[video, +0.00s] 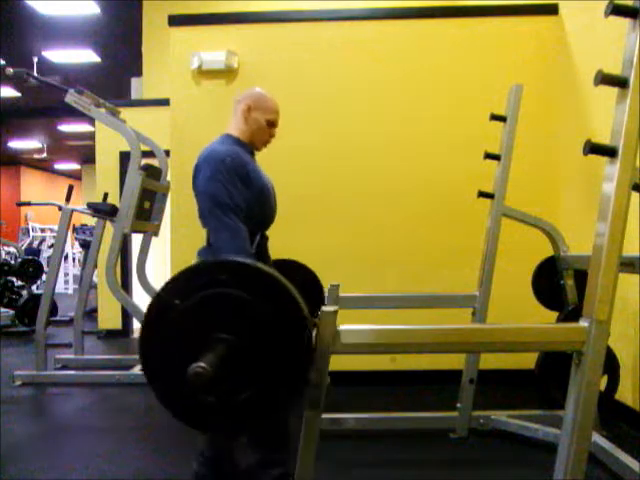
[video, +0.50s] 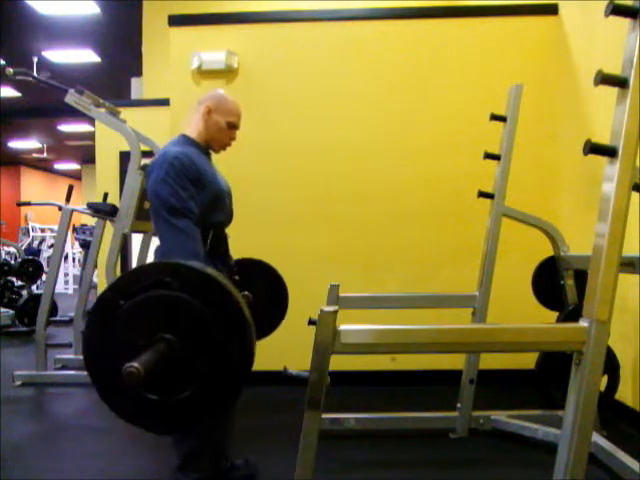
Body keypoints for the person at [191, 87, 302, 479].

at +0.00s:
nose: (273, 133)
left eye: (276, 125)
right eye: (270, 123)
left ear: (251, 117)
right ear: (245, 114)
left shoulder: (242, 158)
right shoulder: (221, 157)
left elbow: (250, 234)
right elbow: (226, 234)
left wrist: (269, 288)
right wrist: (241, 294)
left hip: (250, 292)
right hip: (228, 294)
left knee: (252, 386)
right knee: (229, 387)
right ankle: (222, 465)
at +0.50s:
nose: (234, 136)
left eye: (236, 128)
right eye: (231, 126)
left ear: (213, 119)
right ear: (206, 116)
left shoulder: (198, 160)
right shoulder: (175, 160)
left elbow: (211, 237)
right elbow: (181, 242)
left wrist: (231, 284)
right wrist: (198, 297)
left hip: (209, 295)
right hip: (187, 298)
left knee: (216, 378)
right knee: (194, 381)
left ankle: (213, 460)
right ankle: (198, 464)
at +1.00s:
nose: (221, 131)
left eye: (222, 123)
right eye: (216, 121)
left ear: (192, 115)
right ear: (190, 114)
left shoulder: (187, 161)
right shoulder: (163, 163)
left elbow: (203, 240)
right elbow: (173, 247)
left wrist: (227, 284)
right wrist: (214, 295)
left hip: (200, 296)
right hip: (180, 300)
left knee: (216, 377)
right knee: (201, 380)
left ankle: (212, 459)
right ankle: (203, 462)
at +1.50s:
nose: (215, 113)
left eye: (214, 106)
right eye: (207, 105)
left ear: (182, 109)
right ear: (179, 108)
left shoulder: (185, 160)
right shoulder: (163, 162)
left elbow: (205, 238)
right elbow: (173, 246)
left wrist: (229, 285)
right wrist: (216, 293)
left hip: (199, 293)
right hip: (181, 298)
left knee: (211, 375)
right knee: (207, 377)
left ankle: (204, 457)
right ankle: (208, 462)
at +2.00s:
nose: (230, 119)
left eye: (229, 111)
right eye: (223, 110)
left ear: (199, 110)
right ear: (195, 109)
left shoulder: (197, 160)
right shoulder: (170, 159)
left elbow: (210, 237)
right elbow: (172, 243)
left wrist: (226, 290)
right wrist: (202, 297)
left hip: (198, 290)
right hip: (177, 294)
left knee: (210, 374)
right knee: (203, 375)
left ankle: (207, 456)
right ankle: (202, 460)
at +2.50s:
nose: (289, 168)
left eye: (289, 160)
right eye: (283, 159)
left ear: (257, 157)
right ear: (256, 155)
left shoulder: (238, 202)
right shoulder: (211, 195)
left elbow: (225, 269)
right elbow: (188, 271)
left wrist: (231, 319)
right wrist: (203, 331)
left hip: (178, 289)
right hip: (152, 287)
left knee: (188, 372)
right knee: (164, 375)